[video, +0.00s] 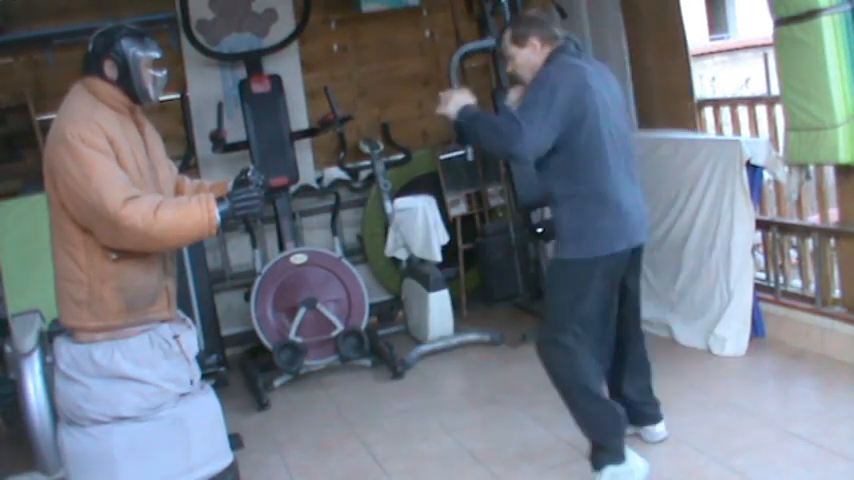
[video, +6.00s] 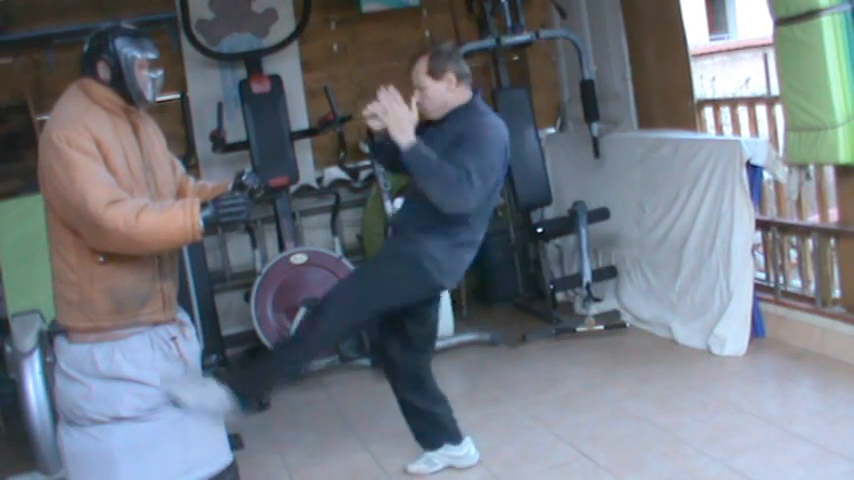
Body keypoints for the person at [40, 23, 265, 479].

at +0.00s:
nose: (153, 75)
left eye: (153, 64)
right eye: (143, 64)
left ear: (116, 68)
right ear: (110, 65)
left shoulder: (134, 119)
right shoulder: (77, 130)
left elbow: (170, 188)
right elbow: (123, 220)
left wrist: (227, 187)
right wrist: (214, 212)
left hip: (152, 315)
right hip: (106, 327)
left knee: (181, 442)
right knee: (128, 454)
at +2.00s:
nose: (148, 76)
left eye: (148, 65)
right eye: (137, 65)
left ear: (113, 69)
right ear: (105, 67)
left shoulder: (138, 121)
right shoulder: (69, 129)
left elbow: (177, 188)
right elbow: (110, 222)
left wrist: (229, 189)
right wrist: (204, 217)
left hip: (158, 319)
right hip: (103, 332)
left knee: (192, 448)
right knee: (124, 459)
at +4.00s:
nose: (143, 77)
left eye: (144, 66)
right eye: (133, 67)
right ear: (98, 67)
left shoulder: (130, 119)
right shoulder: (61, 129)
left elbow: (172, 183)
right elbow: (103, 219)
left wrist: (227, 189)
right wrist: (198, 216)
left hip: (158, 319)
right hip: (101, 337)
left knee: (197, 452)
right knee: (124, 464)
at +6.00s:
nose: (148, 75)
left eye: (149, 65)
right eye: (137, 65)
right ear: (103, 66)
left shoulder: (139, 121)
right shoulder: (68, 128)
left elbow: (178, 189)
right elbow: (108, 222)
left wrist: (229, 188)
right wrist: (202, 217)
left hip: (160, 319)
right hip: (105, 334)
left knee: (194, 452)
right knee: (129, 462)